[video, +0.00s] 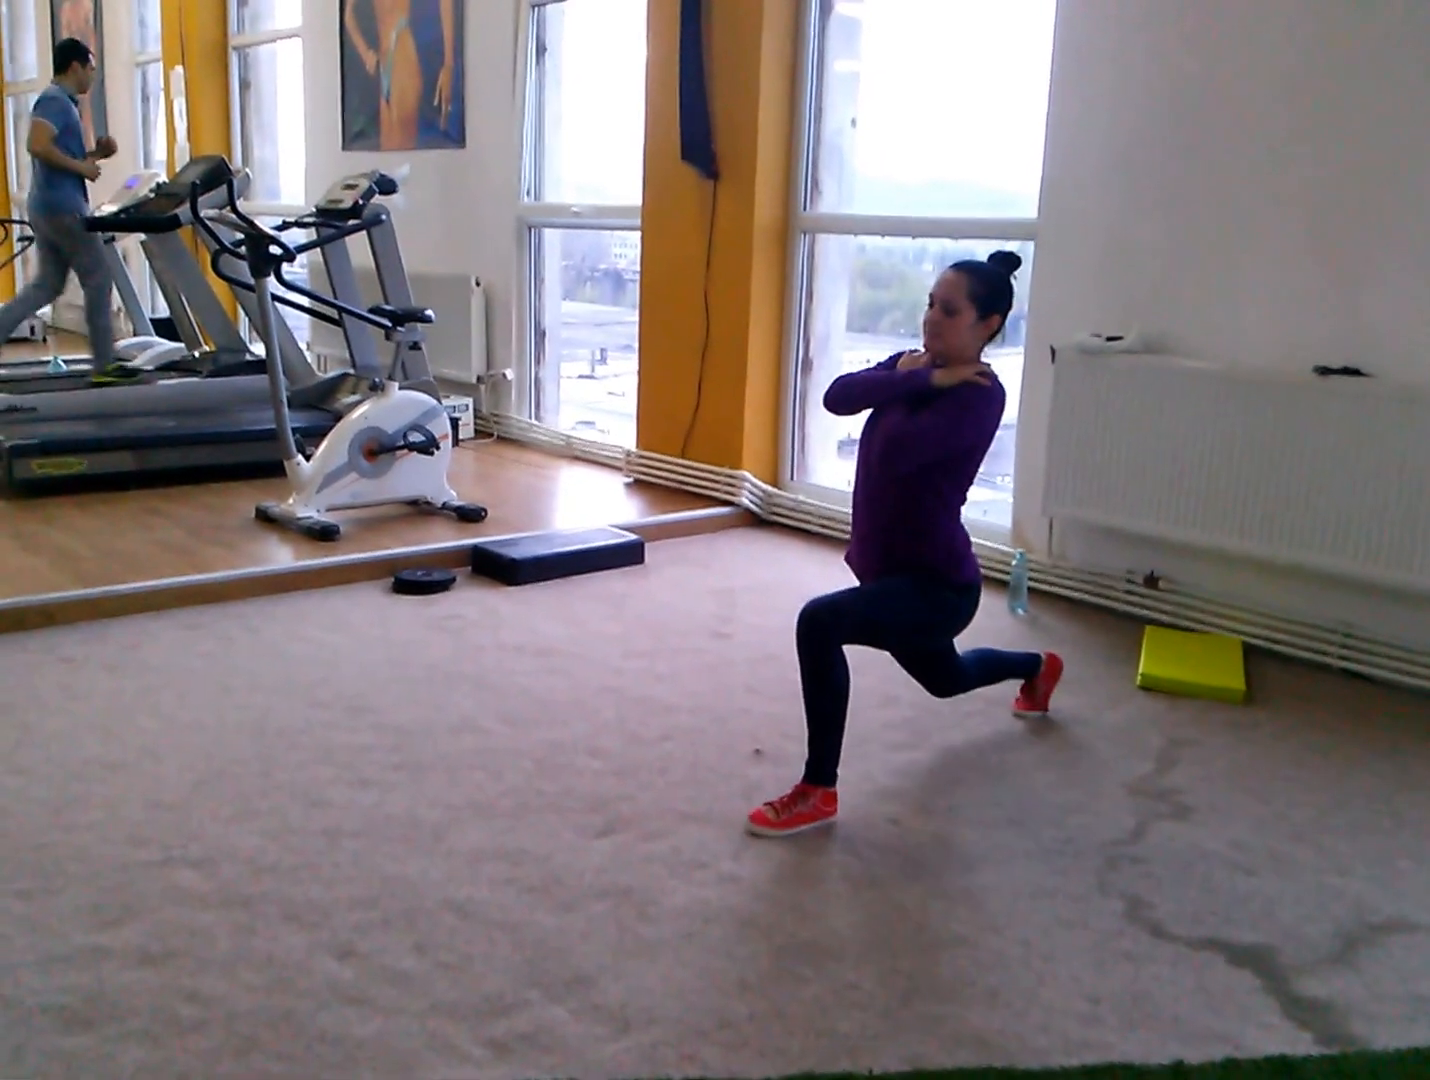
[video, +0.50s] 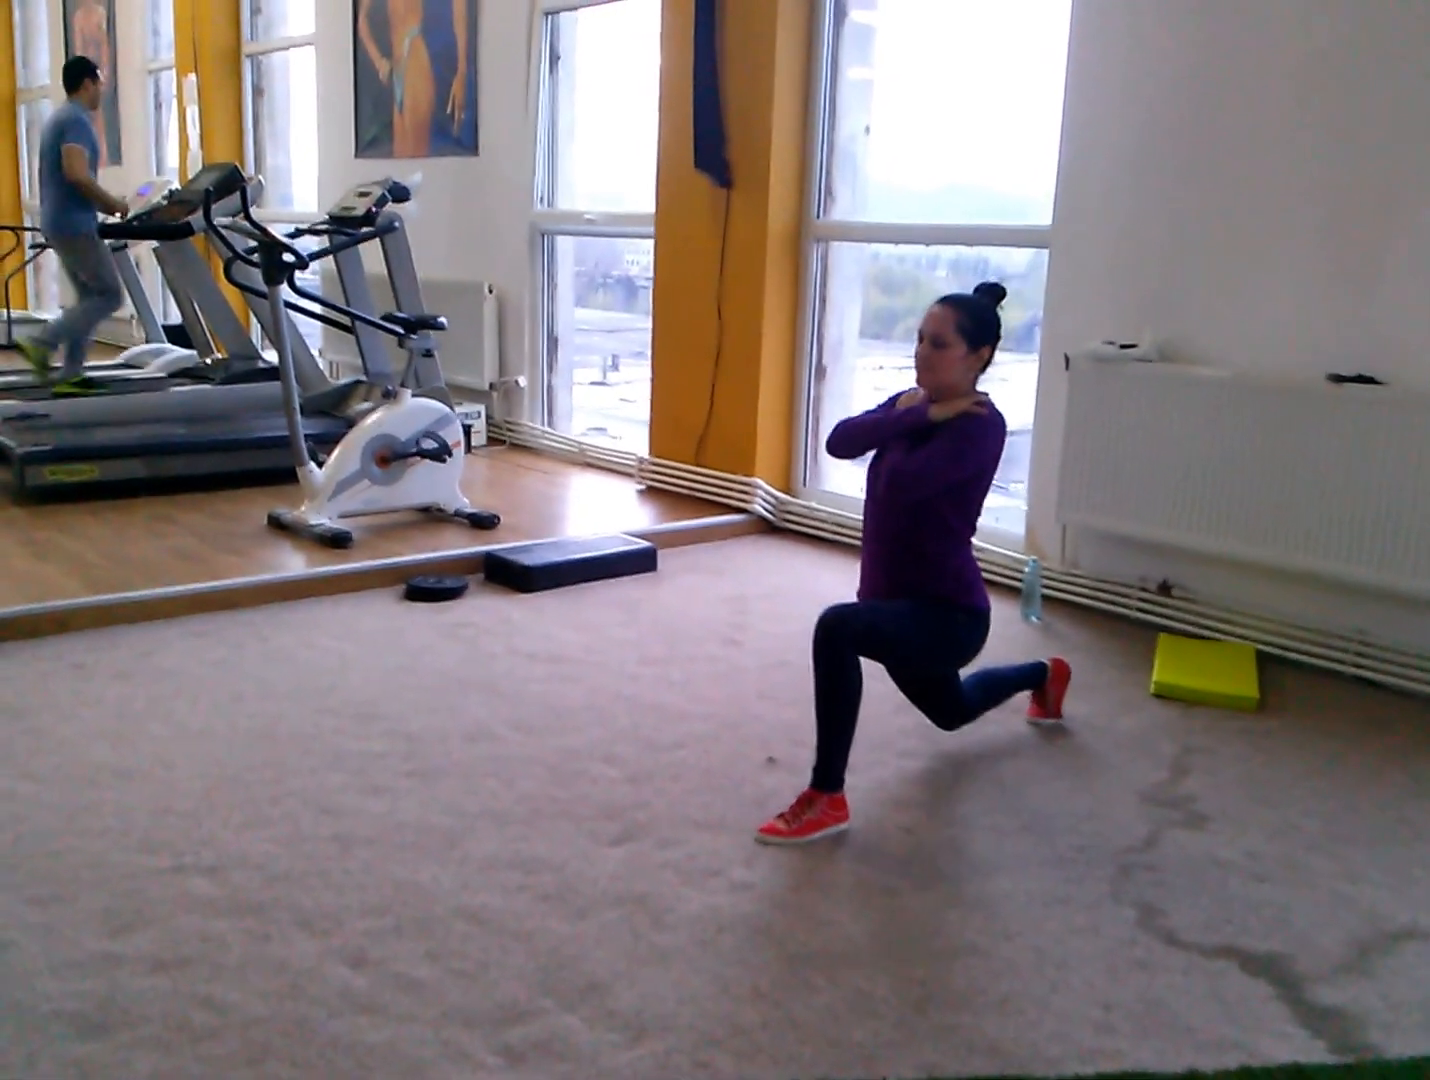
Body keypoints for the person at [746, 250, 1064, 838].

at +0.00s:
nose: (932, 318)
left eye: (949, 311)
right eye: (931, 305)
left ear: (989, 327)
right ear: (926, 306)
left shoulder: (980, 399)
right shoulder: (908, 365)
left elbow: (898, 457)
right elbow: (836, 398)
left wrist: (894, 383)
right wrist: (930, 377)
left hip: (938, 589)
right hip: (885, 577)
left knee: (819, 623)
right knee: (945, 677)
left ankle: (818, 789)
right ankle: (1040, 666)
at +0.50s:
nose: (920, 353)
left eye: (937, 344)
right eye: (919, 340)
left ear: (979, 359)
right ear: (914, 342)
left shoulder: (982, 428)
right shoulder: (908, 404)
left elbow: (902, 485)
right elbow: (838, 443)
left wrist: (897, 425)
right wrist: (914, 412)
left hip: (949, 617)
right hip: (889, 608)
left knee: (837, 628)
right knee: (950, 709)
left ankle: (826, 795)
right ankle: (1044, 674)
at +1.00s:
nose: (814, 283)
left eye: (830, 270)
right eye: (812, 267)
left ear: (872, 280)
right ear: (809, 271)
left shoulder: (887, 354)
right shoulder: (810, 346)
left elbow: (838, 452)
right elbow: (750, 419)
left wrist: (806, 377)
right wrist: (801, 364)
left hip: (947, 544)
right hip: (902, 544)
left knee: (828, 642)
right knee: (954, 639)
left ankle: (837, 803)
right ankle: (1029, 679)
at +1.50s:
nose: (790, 147)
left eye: (809, 135)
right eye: (790, 133)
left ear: (859, 152)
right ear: (796, 146)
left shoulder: (871, 238)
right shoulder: (793, 236)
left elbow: (790, 323)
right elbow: (710, 287)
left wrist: (768, 252)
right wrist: (798, 237)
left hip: (854, 492)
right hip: (785, 484)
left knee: (804, 661)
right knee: (713, 628)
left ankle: (850, 808)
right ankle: (730, 787)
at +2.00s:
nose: (672, 252)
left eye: (687, 237)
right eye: (668, 237)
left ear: (739, 241)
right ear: (673, 238)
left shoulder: (758, 329)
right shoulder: (680, 318)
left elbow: (666, 410)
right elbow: (591, 363)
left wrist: (646, 351)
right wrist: (680, 318)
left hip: (720, 587)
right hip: (647, 574)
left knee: (693, 787)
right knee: (531, 696)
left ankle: (823, 796)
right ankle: (545, 873)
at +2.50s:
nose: (558, 360)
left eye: (573, 345)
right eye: (557, 344)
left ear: (631, 351)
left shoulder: (652, 446)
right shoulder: (564, 424)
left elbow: (547, 542)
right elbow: (486, 488)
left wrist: (557, 451)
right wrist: (578, 439)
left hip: (651, 688)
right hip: (578, 675)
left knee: (669, 887)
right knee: (468, 738)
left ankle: (811, 813)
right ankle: (547, 877)